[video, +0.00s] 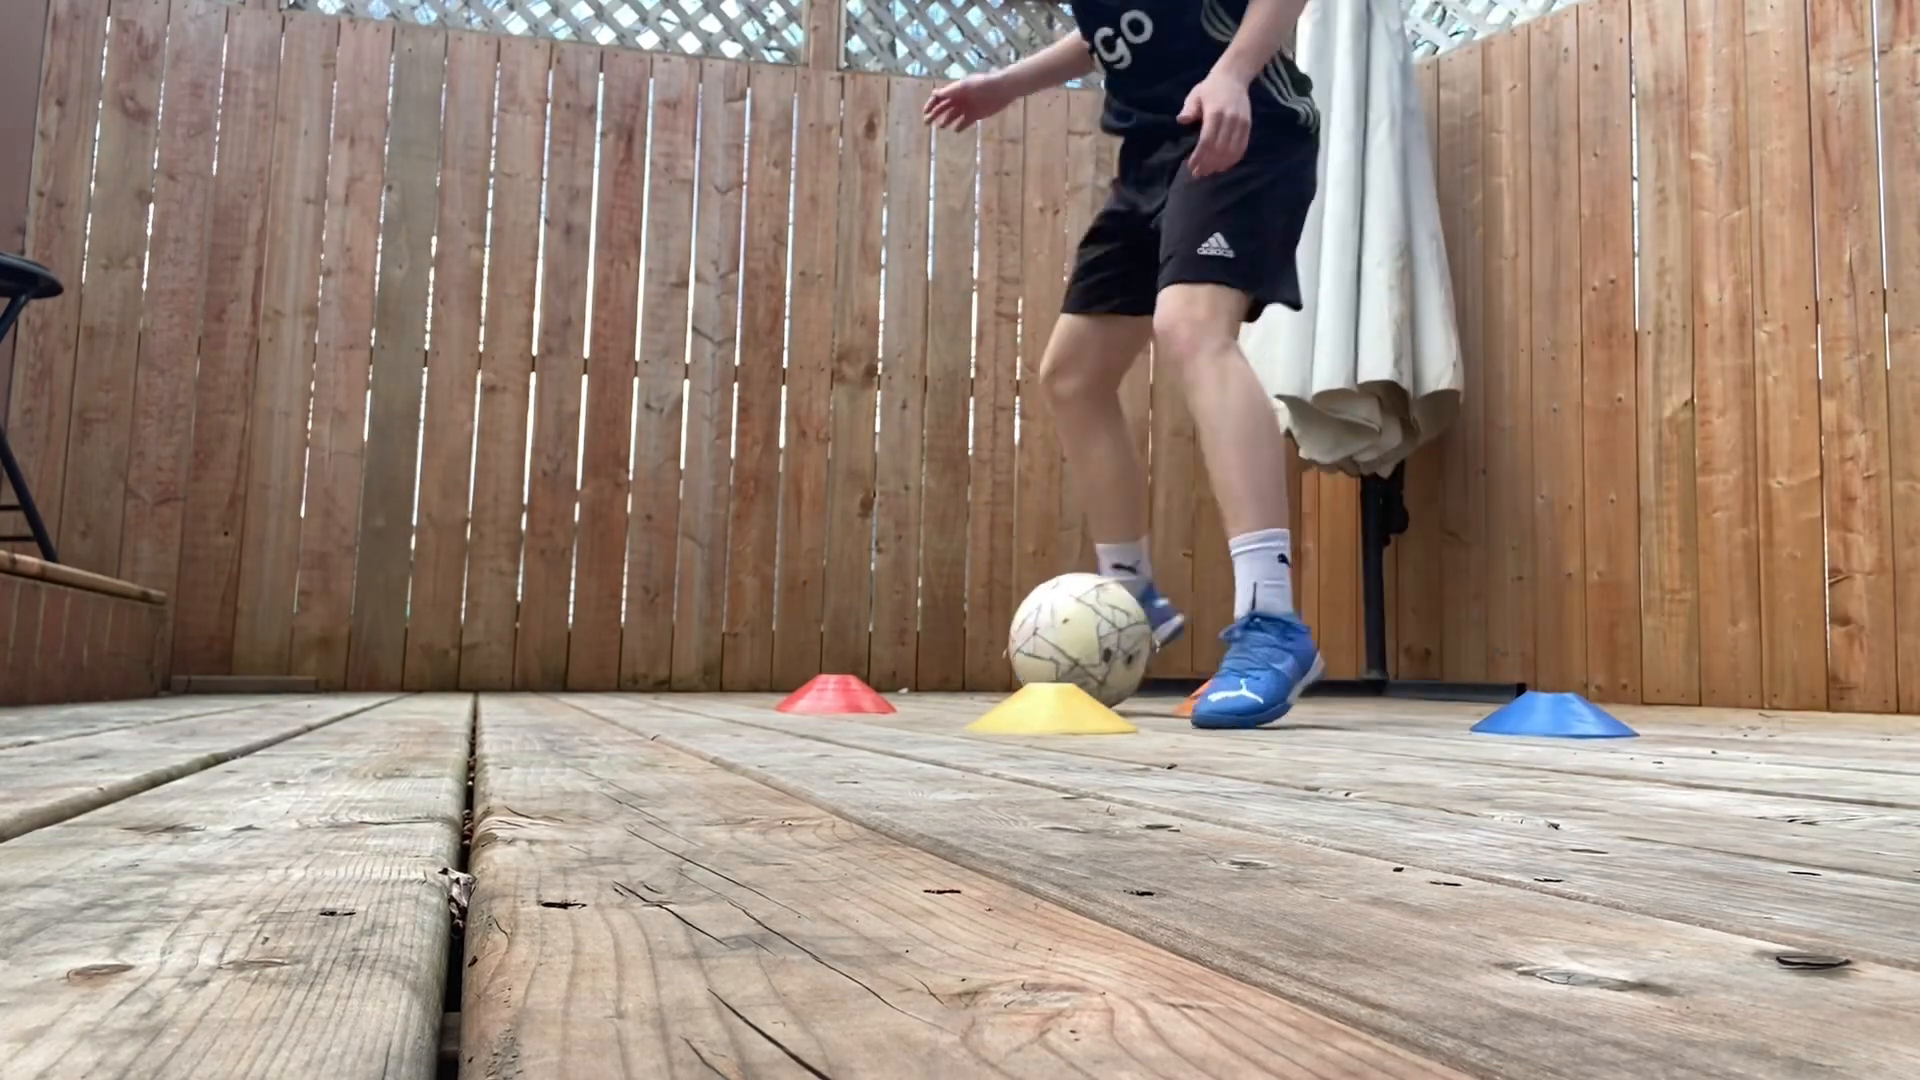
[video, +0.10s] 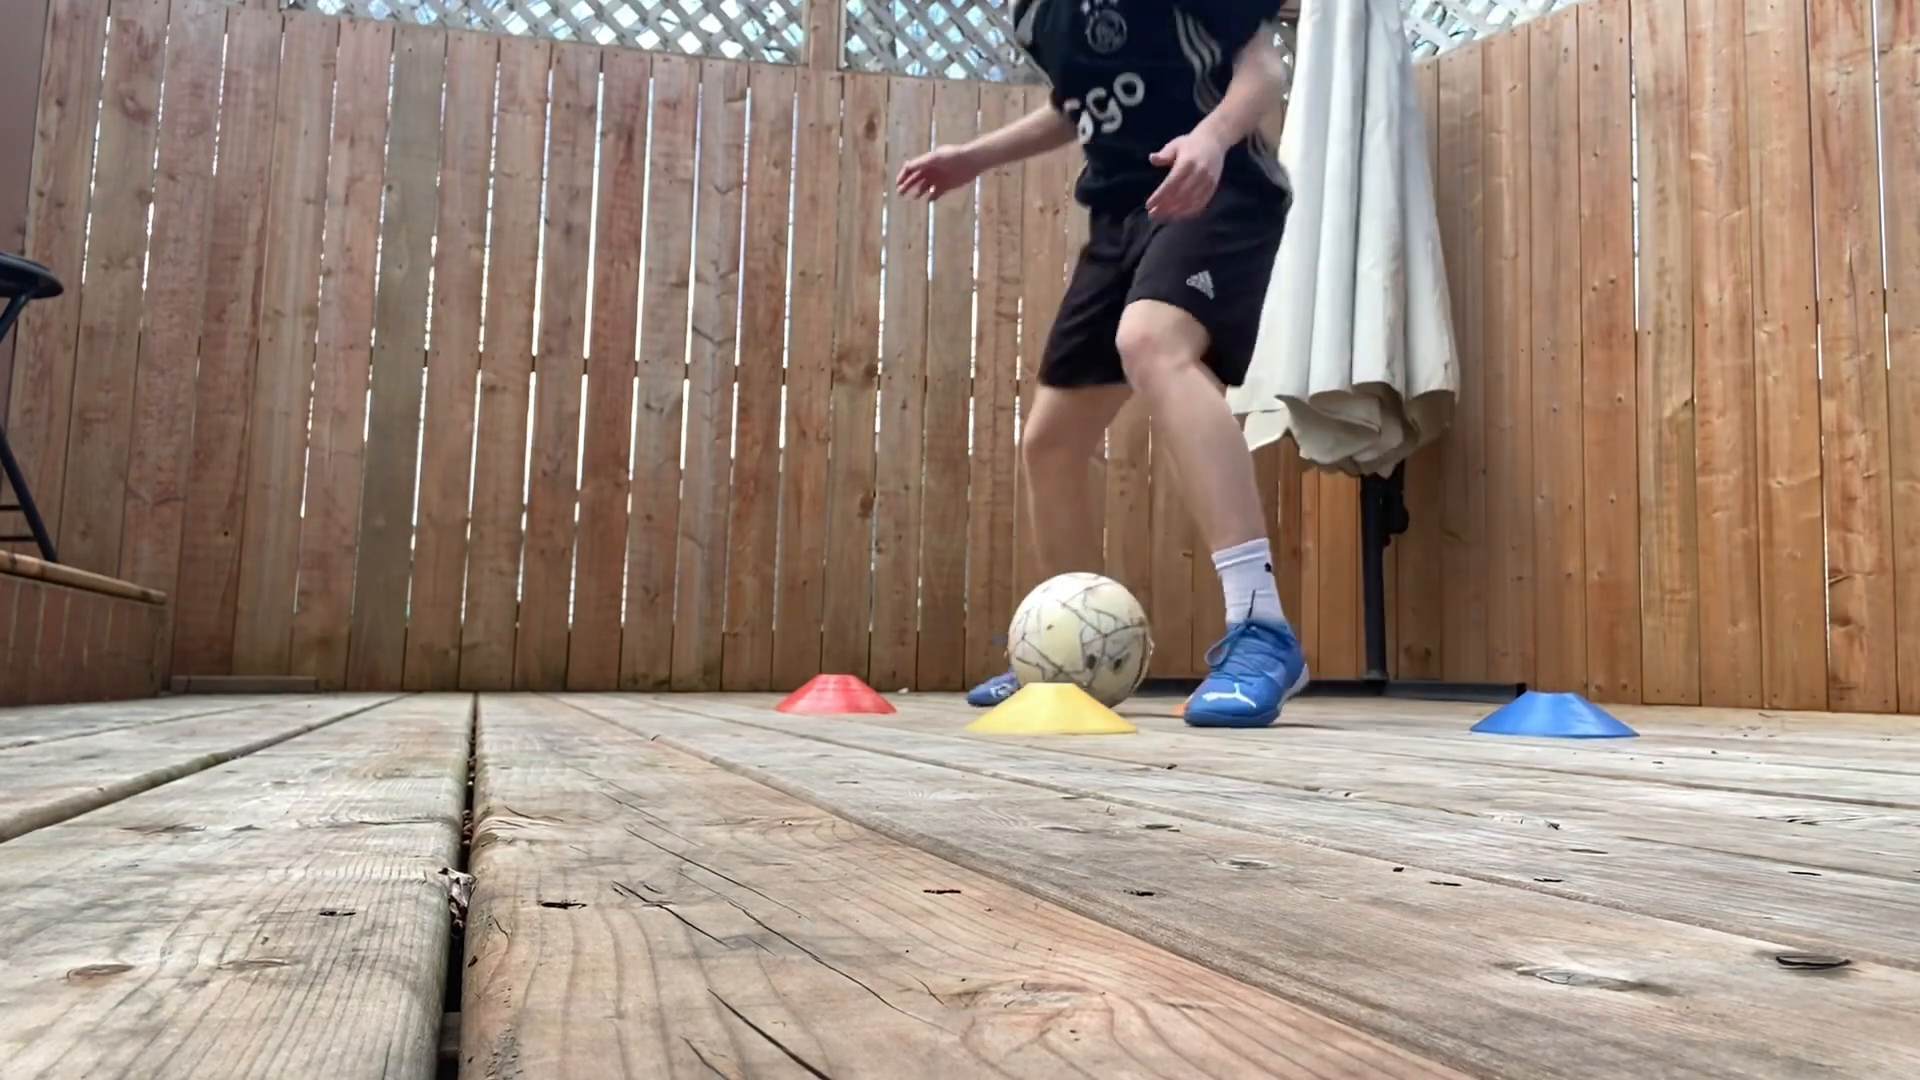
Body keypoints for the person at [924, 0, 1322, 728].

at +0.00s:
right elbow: (1111, 34)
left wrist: (1234, 70)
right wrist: (1006, 83)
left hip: (1246, 114)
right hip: (1153, 144)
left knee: (1193, 323)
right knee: (1074, 376)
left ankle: (1269, 623)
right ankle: (1132, 602)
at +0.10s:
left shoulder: (1197, 5)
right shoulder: (1044, 12)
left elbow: (1262, 71)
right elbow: (1079, 109)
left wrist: (1213, 136)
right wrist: (974, 157)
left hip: (1219, 183)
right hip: (1120, 212)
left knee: (1152, 343)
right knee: (1050, 441)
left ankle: (1260, 631)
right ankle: (1069, 656)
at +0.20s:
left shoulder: (1185, 8)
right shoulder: (1025, 43)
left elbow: (1262, 135)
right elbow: (1026, 183)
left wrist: (1214, 149)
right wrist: (919, 221)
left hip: (1204, 244)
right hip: (1103, 280)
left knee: (1127, 362)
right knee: (1017, 478)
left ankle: (1292, 621)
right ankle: (1066, 669)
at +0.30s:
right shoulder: (1057, 18)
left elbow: (1334, 18)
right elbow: (1061, 143)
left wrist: (1243, 12)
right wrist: (954, 177)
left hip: (1239, 188)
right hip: (1136, 224)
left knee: (1165, 365)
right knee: (1057, 443)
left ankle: (1306, 646)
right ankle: (1064, 659)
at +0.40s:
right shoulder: (1105, 5)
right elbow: (1116, 84)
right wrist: (1009, 153)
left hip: (1300, 86)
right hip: (1202, 138)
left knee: (1212, 288)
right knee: (1086, 355)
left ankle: (1337, 598)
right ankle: (1066, 619)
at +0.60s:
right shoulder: (1134, 5)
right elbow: (1166, 106)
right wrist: (1069, 193)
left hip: (1391, 23)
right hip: (1273, 111)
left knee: (1273, 160)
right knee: (1214, 375)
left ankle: (1388, 492)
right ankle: (1332, 658)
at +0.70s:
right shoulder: (1150, 9)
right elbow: (1186, 120)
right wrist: (1100, 219)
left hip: (1434, 18)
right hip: (1310, 121)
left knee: (1318, 173)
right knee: (1236, 384)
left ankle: (1468, 539)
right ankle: (1334, 664)